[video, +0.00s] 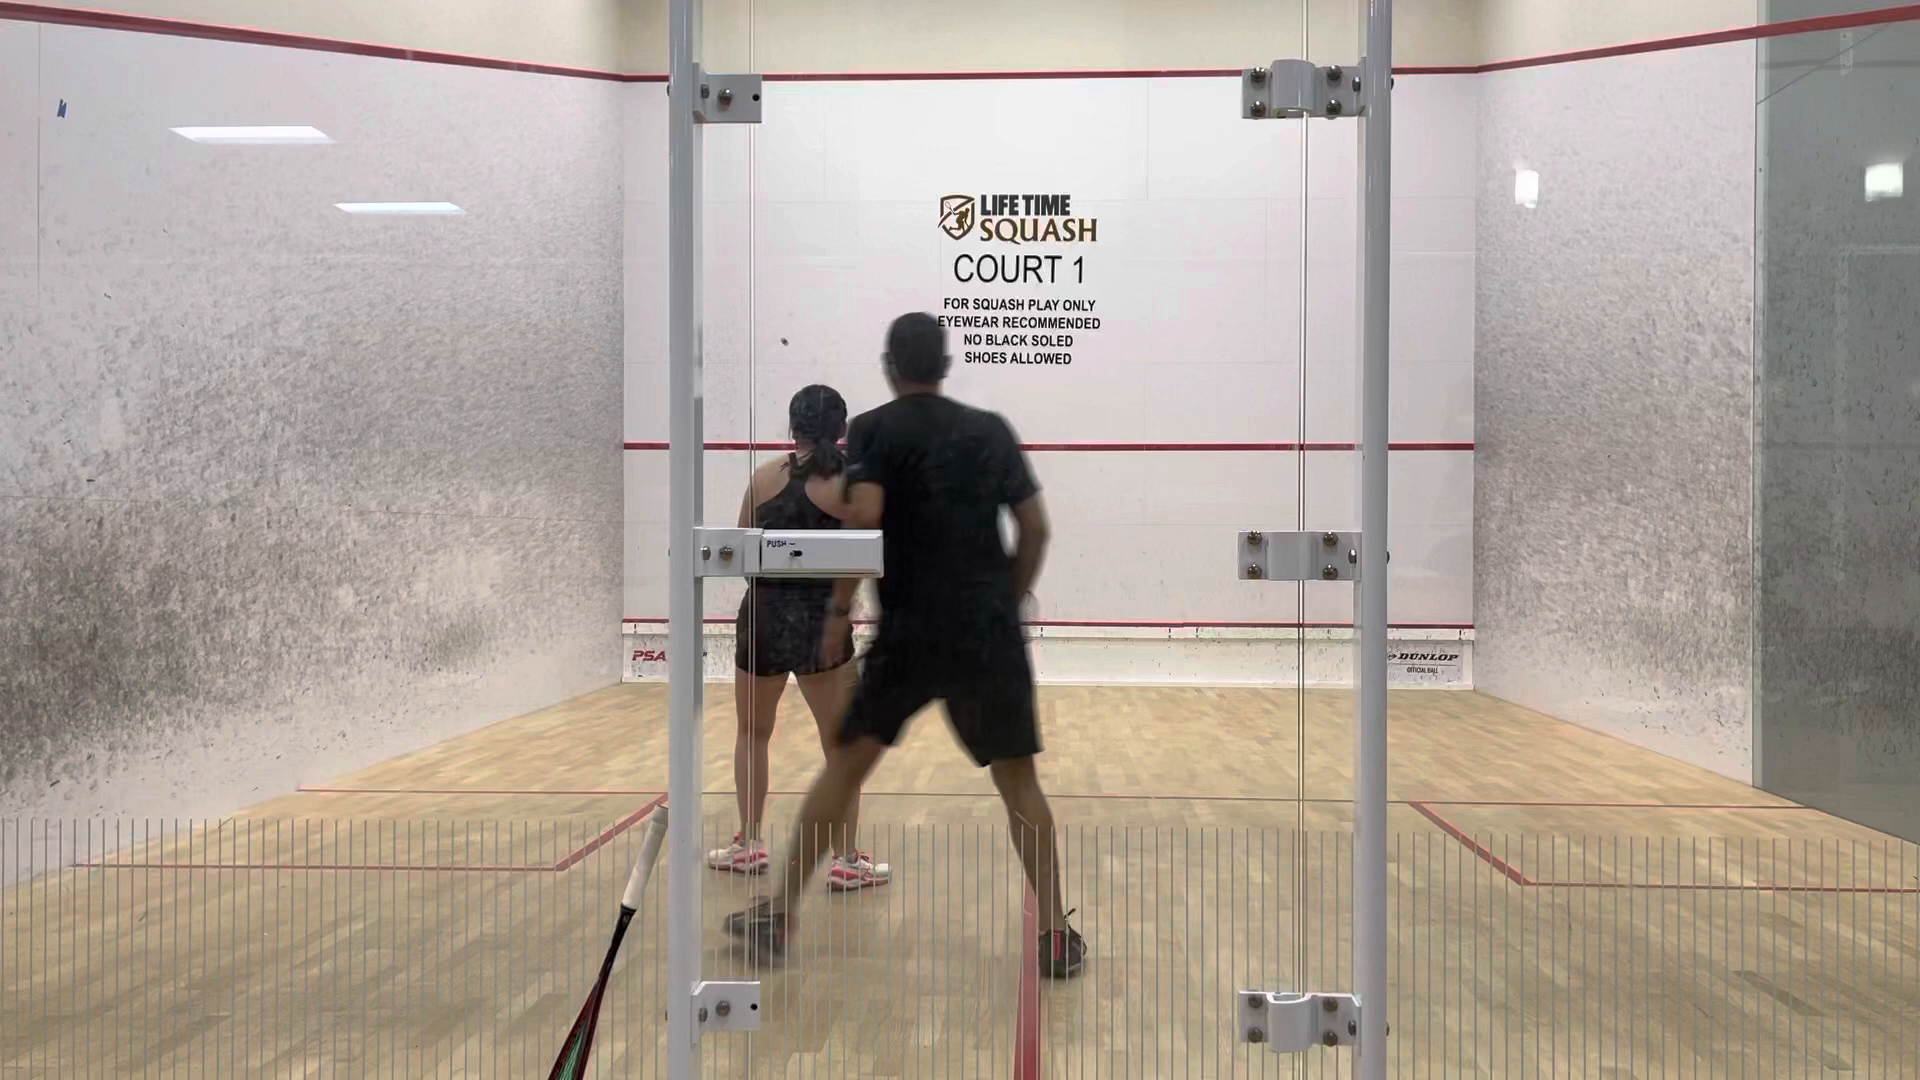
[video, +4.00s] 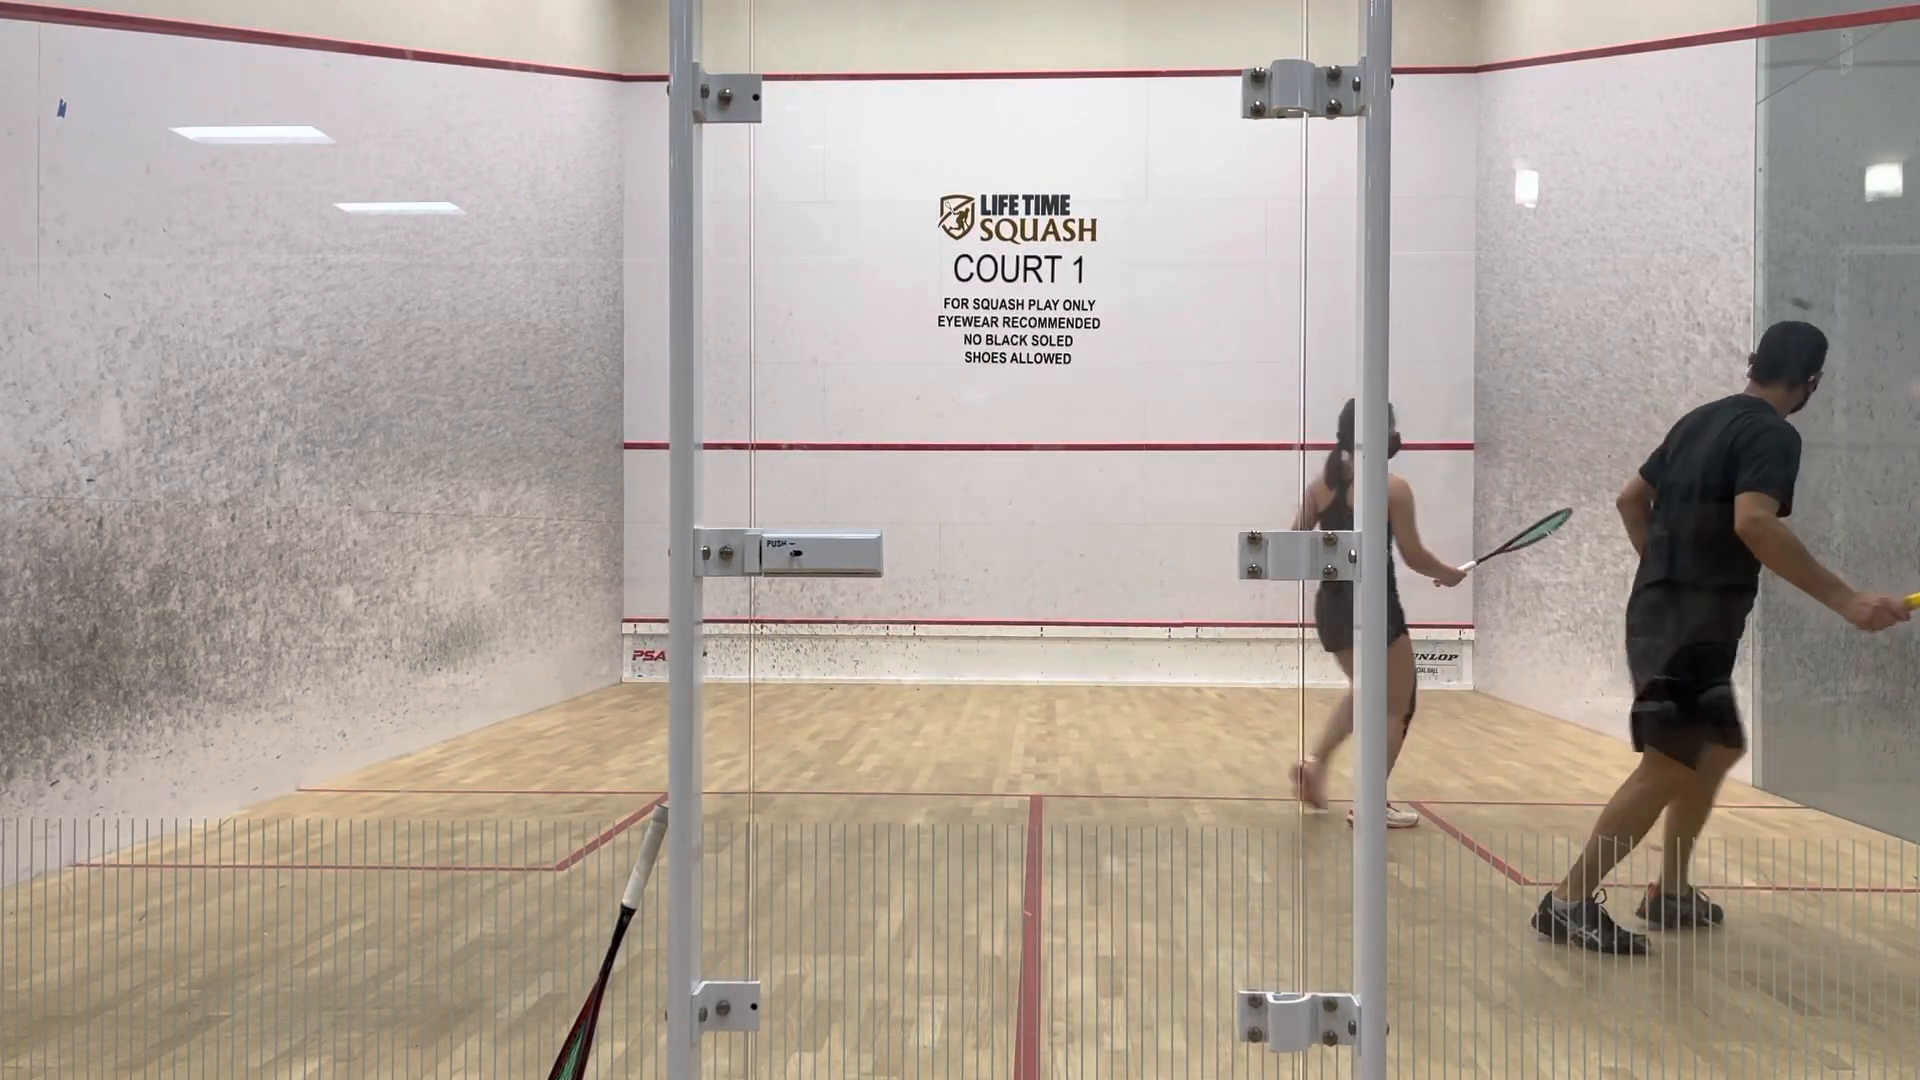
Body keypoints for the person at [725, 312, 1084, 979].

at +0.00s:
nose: (889, 371)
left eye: (888, 361)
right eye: (908, 358)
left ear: (891, 365)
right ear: (945, 364)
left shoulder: (876, 429)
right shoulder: (990, 430)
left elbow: (865, 512)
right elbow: (1035, 529)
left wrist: (823, 486)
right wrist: (1011, 595)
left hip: (910, 634)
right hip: (988, 635)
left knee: (846, 764)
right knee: (1020, 780)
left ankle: (777, 913)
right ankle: (1055, 933)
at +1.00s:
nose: (1432, 373)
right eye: (1434, 364)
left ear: (1377, 360)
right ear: (1429, 366)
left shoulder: (1334, 422)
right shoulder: (1447, 430)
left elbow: (1283, 500)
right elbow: (1486, 524)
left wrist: (1305, 581)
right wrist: (1539, 603)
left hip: (1352, 608)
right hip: (1420, 610)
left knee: (1395, 742)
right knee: (1416, 754)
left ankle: (1436, 868)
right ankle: (1358, 903)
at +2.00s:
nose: (1789, 340)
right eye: (1798, 331)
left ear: (1739, 328)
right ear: (1799, 338)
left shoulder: (1687, 384)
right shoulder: (1812, 396)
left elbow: (1586, 419)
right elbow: (1888, 360)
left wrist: (1521, 446)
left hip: (1656, 591)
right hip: (1745, 602)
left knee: (1583, 700)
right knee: (1760, 747)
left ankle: (1517, 817)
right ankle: (1768, 895)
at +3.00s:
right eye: (1874, 341)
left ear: (1815, 337)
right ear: (1875, 348)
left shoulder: (1756, 399)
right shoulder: (1892, 416)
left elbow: (1705, 492)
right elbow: (1901, 516)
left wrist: (1752, 542)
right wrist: (1917, 592)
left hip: (1764, 611)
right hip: (1854, 613)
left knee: (1752, 743)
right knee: (1859, 756)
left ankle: (1722, 865)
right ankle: (1853, 919)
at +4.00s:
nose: (1815, 391)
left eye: (1817, 381)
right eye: (1818, 381)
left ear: (1751, 366)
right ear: (1809, 380)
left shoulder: (1699, 419)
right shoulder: (1772, 432)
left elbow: (1633, 500)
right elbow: (1754, 522)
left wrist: (1666, 571)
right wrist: (1850, 600)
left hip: (1658, 619)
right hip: (1694, 627)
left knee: (1721, 743)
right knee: (1671, 759)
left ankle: (1670, 890)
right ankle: (1570, 899)